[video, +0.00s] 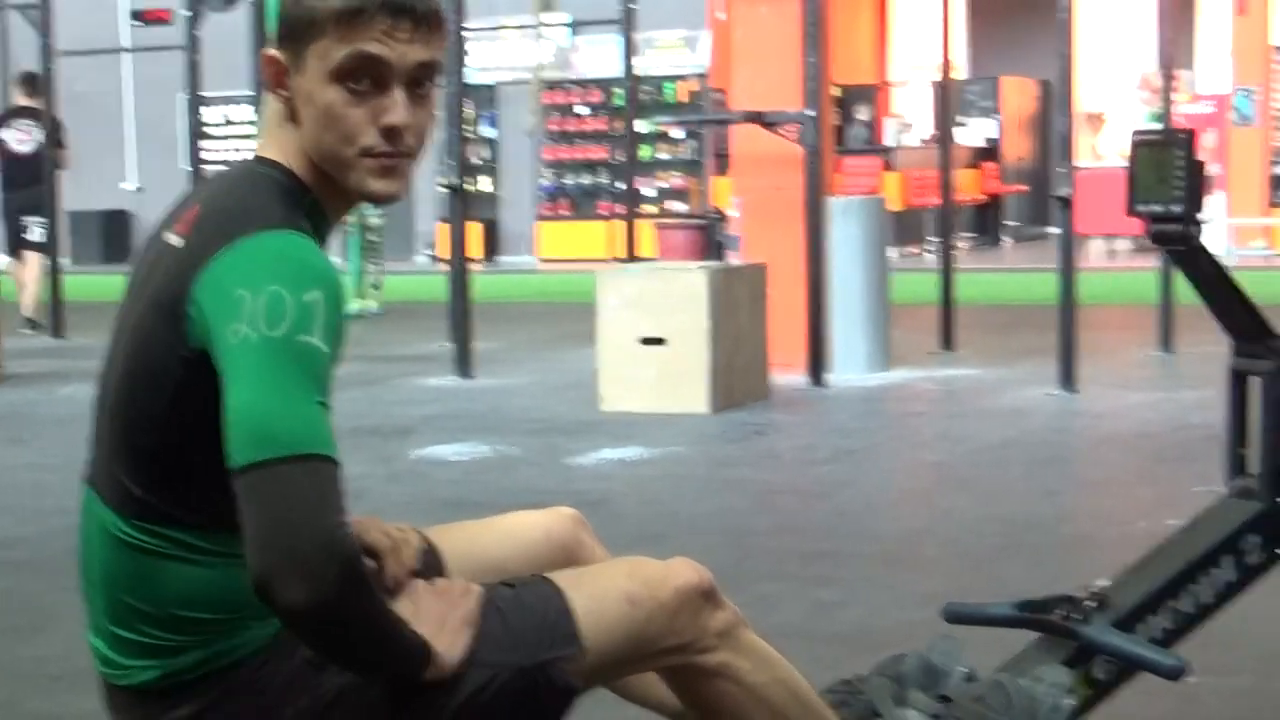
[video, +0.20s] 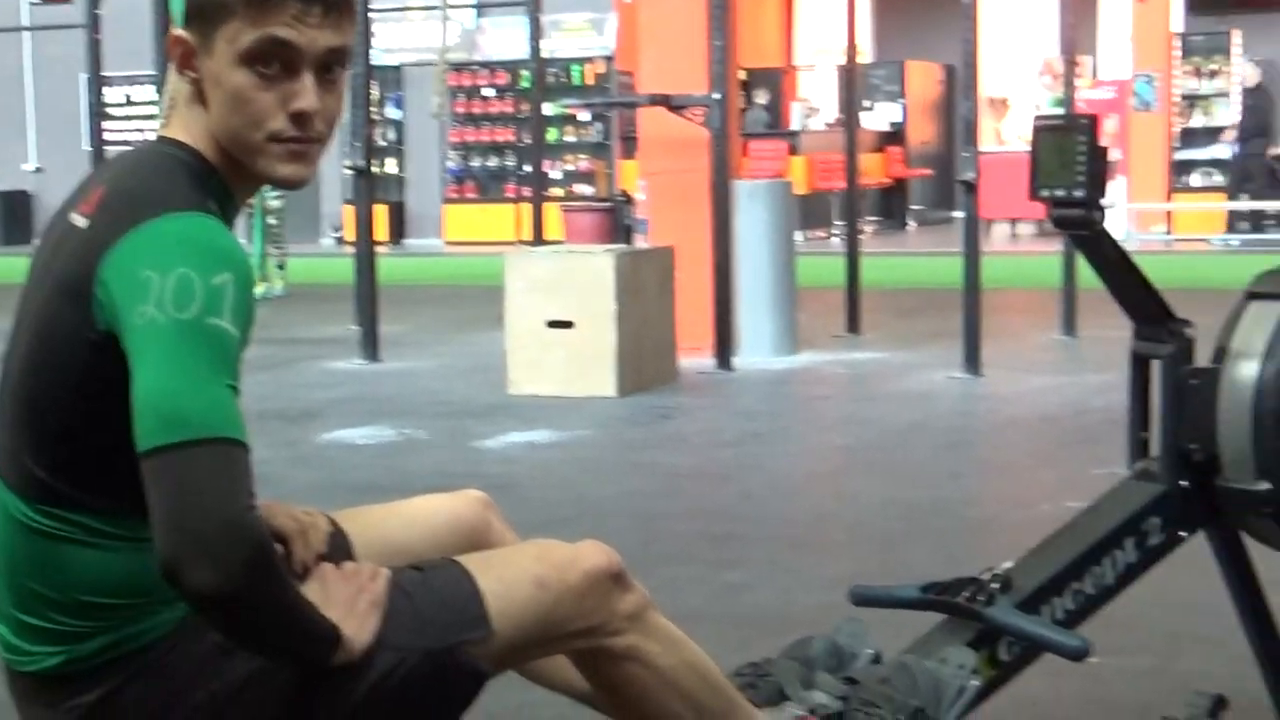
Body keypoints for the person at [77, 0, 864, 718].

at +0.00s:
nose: (400, 118)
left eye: (422, 85)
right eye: (363, 81)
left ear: (442, 91)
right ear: (283, 82)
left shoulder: (259, 218)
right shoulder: (271, 256)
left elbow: (215, 470)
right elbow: (297, 571)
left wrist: (343, 538)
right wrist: (411, 659)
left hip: (222, 617)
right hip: (236, 679)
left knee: (560, 538)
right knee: (688, 599)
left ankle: (720, 702)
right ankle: (829, 710)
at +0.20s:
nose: (310, 106)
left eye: (331, 69)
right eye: (272, 65)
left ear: (351, 68)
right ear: (188, 58)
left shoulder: (142, 195)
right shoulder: (180, 237)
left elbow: (109, 462)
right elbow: (206, 556)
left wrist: (247, 518)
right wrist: (319, 644)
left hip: (115, 607)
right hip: (137, 667)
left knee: (466, 523)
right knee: (596, 581)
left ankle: (652, 695)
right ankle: (746, 709)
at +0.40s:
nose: (214, 74)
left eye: (233, 41)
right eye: (173, 35)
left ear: (249, 45)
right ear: (86, 31)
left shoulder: (52, 168)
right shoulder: (80, 206)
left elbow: (36, 433)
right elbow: (108, 522)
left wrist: (146, 492)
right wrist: (220, 609)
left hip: (57, 586)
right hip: (53, 642)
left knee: (366, 492)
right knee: (490, 551)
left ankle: (590, 689)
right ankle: (666, 710)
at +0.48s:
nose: (186, 64)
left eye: (196, 32)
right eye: (144, 29)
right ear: (48, 27)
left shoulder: (43, 176)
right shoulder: (41, 205)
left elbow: (52, 453)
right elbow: (62, 515)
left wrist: (152, 506)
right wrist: (171, 607)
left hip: (49, 583)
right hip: (40, 637)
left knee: (322, 491)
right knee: (450, 549)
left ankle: (555, 687)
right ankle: (629, 708)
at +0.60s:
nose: (154, 52)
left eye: (149, 25)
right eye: (122, 24)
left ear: (33, 32)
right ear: (23, 28)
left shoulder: (24, 197)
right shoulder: (18, 214)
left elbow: (10, 446)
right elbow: (18, 506)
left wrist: (59, 493)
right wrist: (116, 595)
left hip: (38, 570)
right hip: (31, 636)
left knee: (262, 491)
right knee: (390, 543)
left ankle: (487, 685)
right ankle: (570, 708)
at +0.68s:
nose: (115, 49)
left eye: (111, 23)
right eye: (91, 21)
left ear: (27, 32)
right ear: (11, 28)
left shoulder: (14, 216)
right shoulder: (9, 230)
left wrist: (39, 503)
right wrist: (59, 593)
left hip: (24, 545)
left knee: (221, 493)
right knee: (358, 539)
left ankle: (447, 692)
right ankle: (536, 709)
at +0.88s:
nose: (25, 68)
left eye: (24, 58)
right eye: (19, 58)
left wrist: (10, 532)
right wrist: (21, 598)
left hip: (2, 550)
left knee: (141, 501)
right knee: (281, 539)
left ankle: (343, 700)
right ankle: (449, 710)